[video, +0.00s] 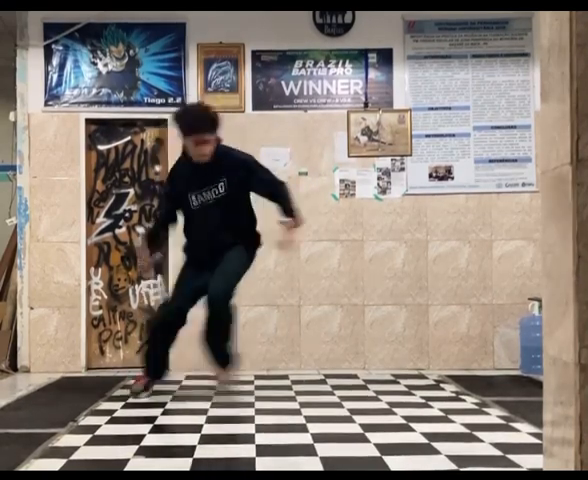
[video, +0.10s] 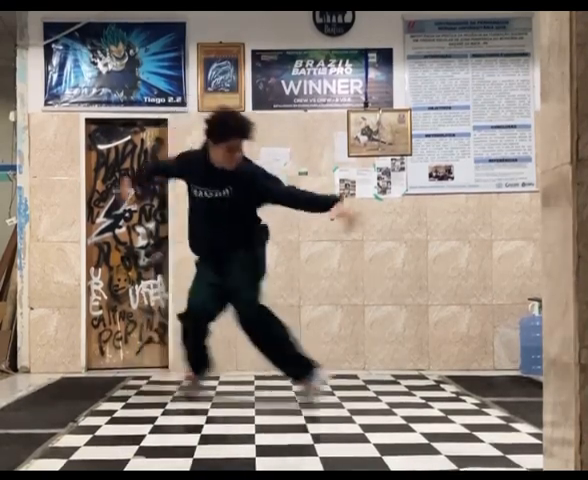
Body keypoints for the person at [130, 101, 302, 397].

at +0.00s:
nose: (205, 149)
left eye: (209, 142)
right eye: (198, 143)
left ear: (217, 138)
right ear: (184, 140)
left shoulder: (234, 162)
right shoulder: (179, 173)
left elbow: (272, 186)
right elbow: (167, 213)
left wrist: (290, 211)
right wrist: (154, 242)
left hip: (238, 245)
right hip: (201, 251)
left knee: (218, 295)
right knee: (172, 312)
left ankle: (222, 361)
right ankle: (152, 372)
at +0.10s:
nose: (236, 156)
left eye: (239, 150)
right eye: (230, 150)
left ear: (242, 146)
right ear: (212, 144)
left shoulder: (248, 174)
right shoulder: (191, 164)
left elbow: (285, 194)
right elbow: (159, 169)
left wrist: (329, 203)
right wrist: (138, 179)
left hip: (244, 260)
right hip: (210, 261)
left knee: (249, 313)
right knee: (193, 317)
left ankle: (305, 373)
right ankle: (198, 370)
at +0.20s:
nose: (245, 170)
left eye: (249, 163)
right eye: (240, 164)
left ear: (252, 160)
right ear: (221, 159)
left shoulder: (260, 191)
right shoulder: (200, 173)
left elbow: (297, 206)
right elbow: (167, 144)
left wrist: (338, 210)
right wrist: (131, 130)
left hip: (261, 275)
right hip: (226, 275)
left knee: (287, 336)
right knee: (208, 334)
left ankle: (333, 386)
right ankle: (220, 378)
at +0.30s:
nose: (241, 167)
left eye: (245, 160)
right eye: (235, 160)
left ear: (251, 157)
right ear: (218, 155)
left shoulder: (255, 183)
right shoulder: (194, 171)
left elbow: (278, 227)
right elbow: (159, 164)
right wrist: (129, 171)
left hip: (264, 266)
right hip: (225, 269)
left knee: (296, 322)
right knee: (216, 327)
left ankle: (328, 384)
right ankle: (222, 381)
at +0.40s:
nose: (235, 163)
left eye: (240, 155)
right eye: (229, 156)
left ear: (246, 149)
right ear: (212, 150)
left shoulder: (250, 177)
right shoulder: (193, 168)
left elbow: (256, 227)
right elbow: (170, 196)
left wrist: (210, 241)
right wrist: (160, 220)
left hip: (257, 249)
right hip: (221, 249)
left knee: (278, 312)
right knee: (209, 320)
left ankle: (302, 337)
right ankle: (220, 379)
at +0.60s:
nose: (250, 137)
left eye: (257, 133)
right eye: (245, 129)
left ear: (265, 135)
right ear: (235, 125)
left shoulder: (262, 166)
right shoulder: (202, 157)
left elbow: (255, 208)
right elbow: (178, 199)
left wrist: (247, 191)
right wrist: (172, 242)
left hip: (233, 243)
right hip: (199, 241)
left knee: (221, 293)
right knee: (196, 328)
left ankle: (234, 335)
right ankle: (219, 380)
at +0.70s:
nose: (251, 135)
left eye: (259, 131)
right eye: (247, 127)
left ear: (268, 135)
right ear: (238, 125)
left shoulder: (262, 174)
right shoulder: (209, 153)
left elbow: (260, 225)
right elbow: (195, 203)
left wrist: (259, 269)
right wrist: (231, 212)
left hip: (225, 244)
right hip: (191, 240)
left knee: (216, 305)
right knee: (190, 307)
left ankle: (215, 377)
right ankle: (201, 364)